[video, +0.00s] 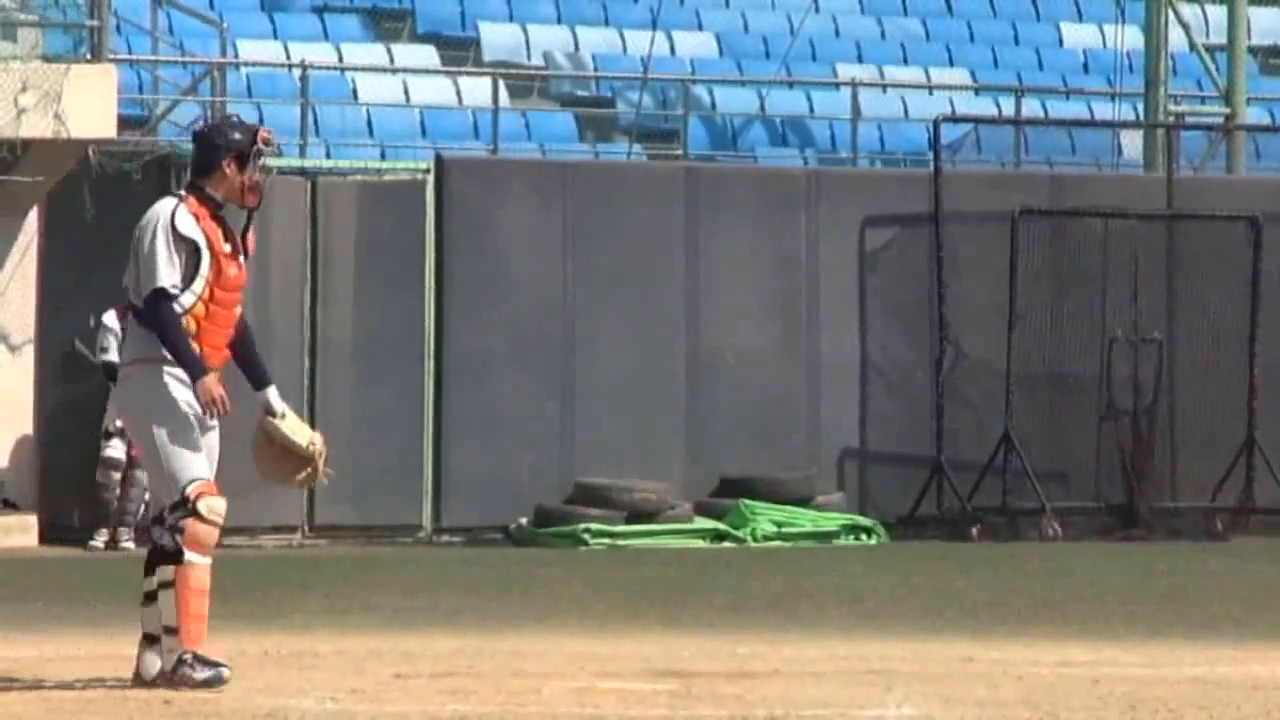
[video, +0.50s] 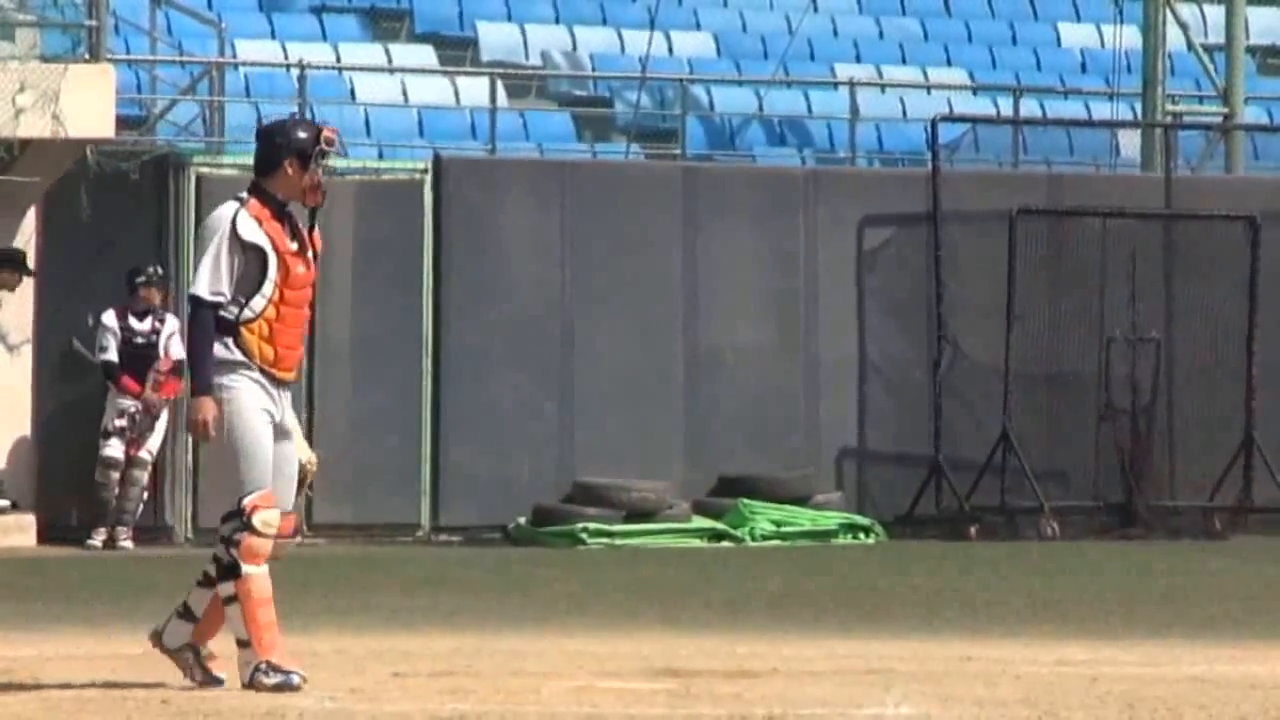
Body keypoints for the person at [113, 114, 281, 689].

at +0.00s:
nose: (257, 176)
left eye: (257, 165)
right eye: (252, 165)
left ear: (228, 166)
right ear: (228, 166)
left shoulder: (226, 230)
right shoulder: (169, 219)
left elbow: (230, 323)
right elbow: (156, 303)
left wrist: (272, 397)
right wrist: (199, 372)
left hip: (195, 380)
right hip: (159, 378)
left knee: (179, 517)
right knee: (201, 510)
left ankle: (155, 653)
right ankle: (188, 654)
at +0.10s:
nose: (264, 178)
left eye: (264, 167)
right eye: (258, 167)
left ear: (235, 168)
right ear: (233, 167)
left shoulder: (229, 231)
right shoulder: (175, 220)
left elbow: (238, 325)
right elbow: (158, 306)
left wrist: (285, 395)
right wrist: (196, 377)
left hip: (204, 382)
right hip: (163, 378)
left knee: (180, 518)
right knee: (211, 506)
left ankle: (161, 655)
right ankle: (213, 652)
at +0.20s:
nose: (276, 179)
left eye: (277, 169)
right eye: (272, 169)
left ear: (250, 170)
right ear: (248, 169)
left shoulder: (246, 232)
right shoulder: (193, 223)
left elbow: (252, 324)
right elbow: (168, 307)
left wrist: (298, 396)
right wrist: (182, 388)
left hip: (221, 388)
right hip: (181, 384)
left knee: (193, 524)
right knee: (228, 507)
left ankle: (162, 658)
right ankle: (252, 650)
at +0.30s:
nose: (298, 180)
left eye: (297, 169)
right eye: (289, 169)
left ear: (268, 172)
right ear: (261, 172)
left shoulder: (268, 234)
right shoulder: (209, 225)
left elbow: (264, 328)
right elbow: (179, 310)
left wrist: (301, 404)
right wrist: (177, 391)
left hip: (237, 390)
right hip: (200, 385)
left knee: (200, 528)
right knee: (242, 514)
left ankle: (160, 658)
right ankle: (259, 658)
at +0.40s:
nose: (309, 181)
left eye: (310, 171)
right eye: (301, 170)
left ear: (281, 173)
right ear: (274, 170)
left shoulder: (282, 233)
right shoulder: (222, 224)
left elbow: (271, 332)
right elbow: (189, 310)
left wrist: (293, 405)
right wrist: (182, 392)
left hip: (259, 389)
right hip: (219, 383)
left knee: (221, 526)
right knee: (250, 520)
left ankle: (166, 651)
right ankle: (263, 660)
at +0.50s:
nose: (320, 176)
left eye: (320, 165)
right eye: (312, 165)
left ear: (289, 167)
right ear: (286, 165)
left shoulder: (295, 227)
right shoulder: (235, 219)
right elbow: (202, 304)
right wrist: (200, 387)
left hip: (278, 385)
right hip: (236, 379)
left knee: (279, 522)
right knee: (254, 520)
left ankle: (186, 630)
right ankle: (263, 659)